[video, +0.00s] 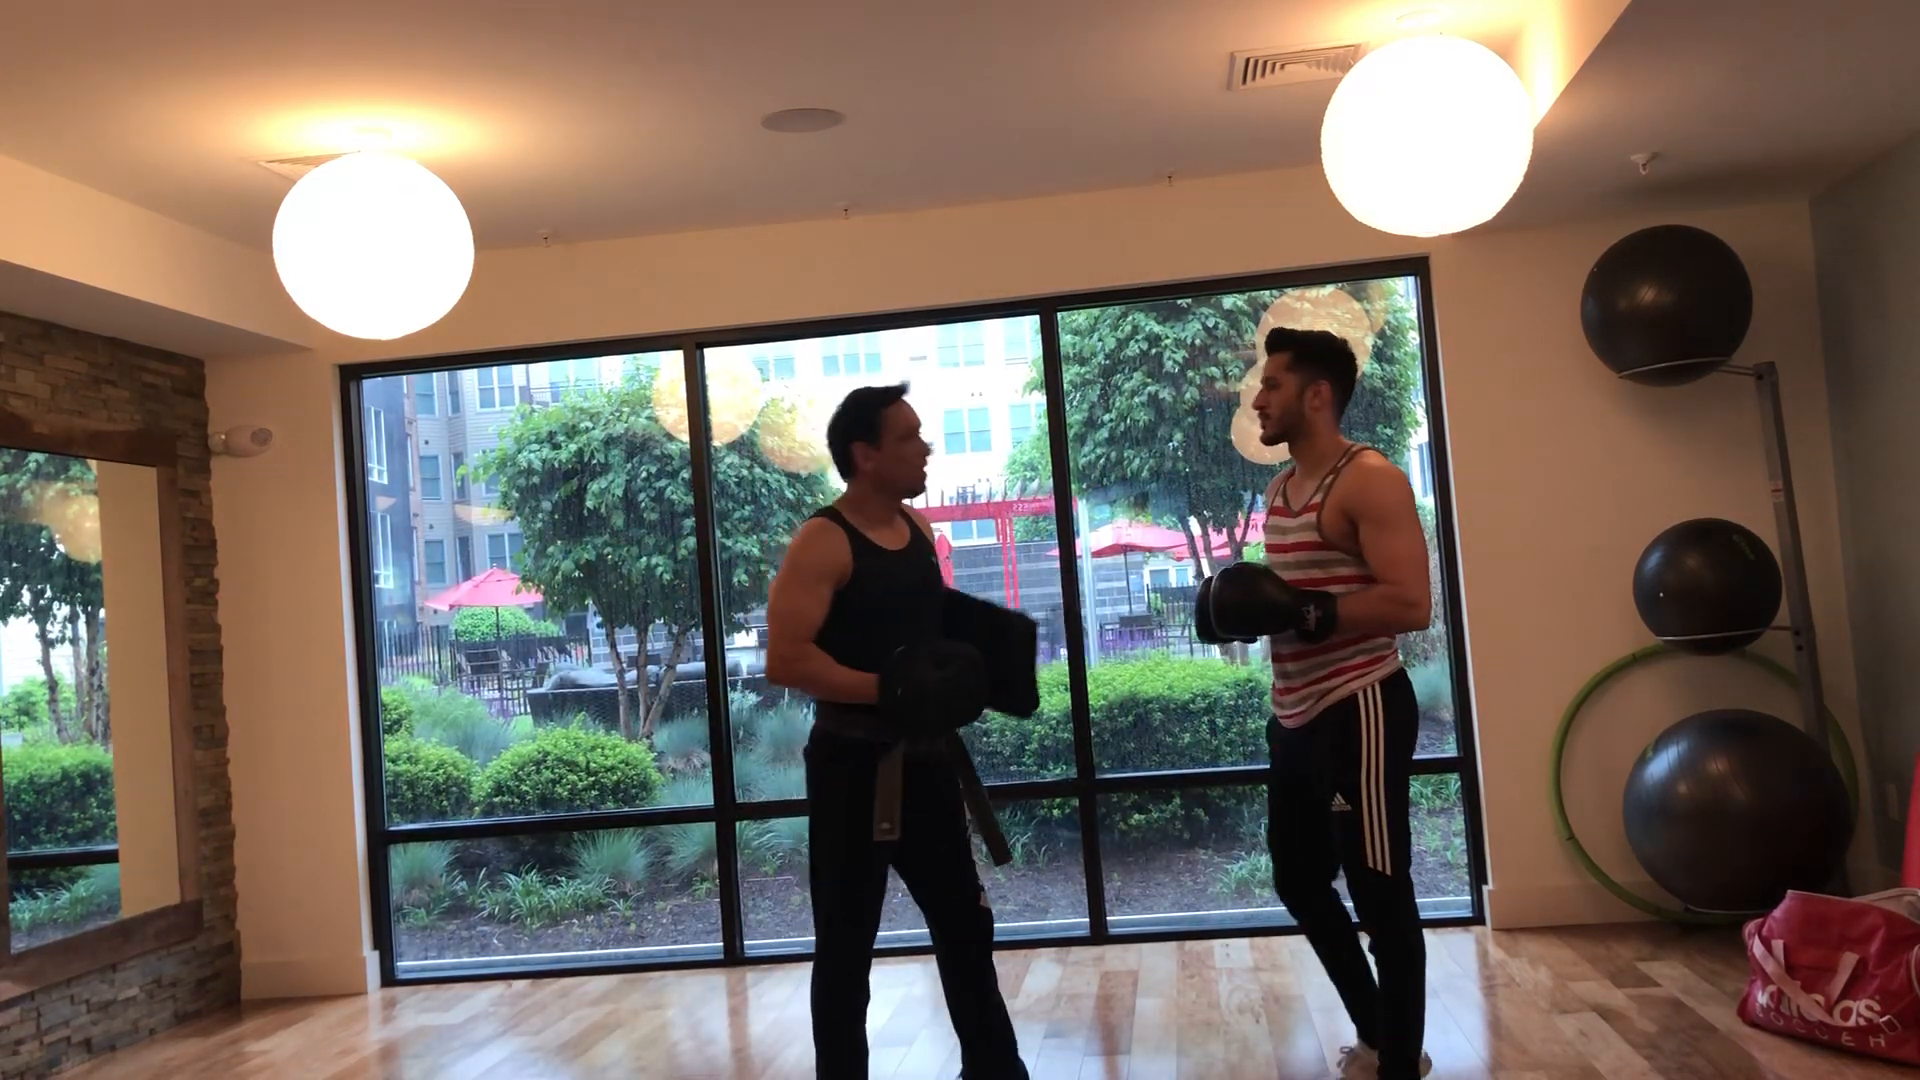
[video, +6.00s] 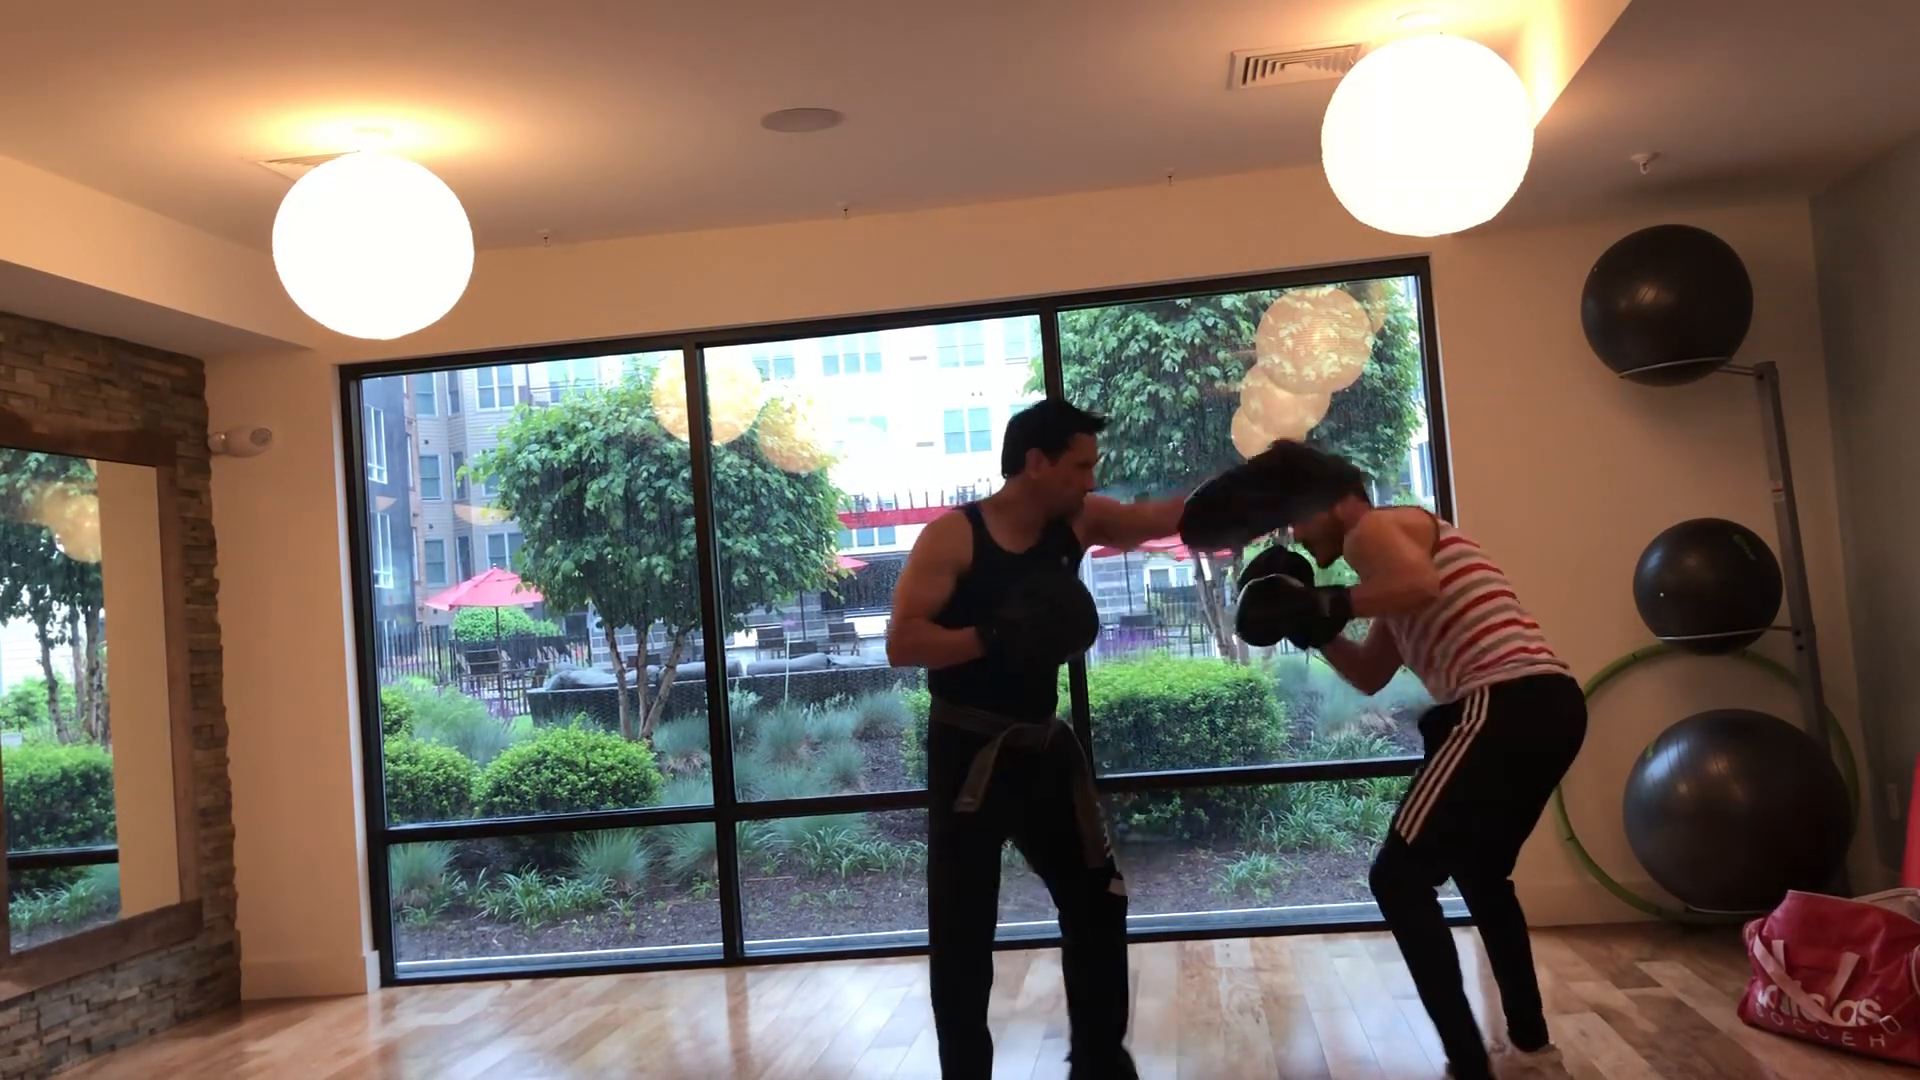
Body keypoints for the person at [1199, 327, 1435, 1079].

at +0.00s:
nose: (1256, 397)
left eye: (1271, 383)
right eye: (1259, 383)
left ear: (1319, 392)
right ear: (1302, 394)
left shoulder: (1371, 479)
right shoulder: (1282, 489)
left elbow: (1413, 603)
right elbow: (1306, 592)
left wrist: (1301, 611)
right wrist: (1243, 603)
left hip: (1365, 699)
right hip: (1299, 707)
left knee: (1380, 887)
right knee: (1300, 882)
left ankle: (1403, 1062)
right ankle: (1378, 1036)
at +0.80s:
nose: (1240, 433)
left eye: (1247, 416)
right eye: (1239, 418)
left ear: (1286, 412)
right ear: (1298, 415)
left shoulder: (1329, 475)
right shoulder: (1355, 469)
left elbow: (1355, 590)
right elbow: (1361, 594)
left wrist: (1270, 600)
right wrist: (1280, 611)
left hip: (1375, 700)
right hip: (1409, 692)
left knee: (1338, 894)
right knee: (1413, 873)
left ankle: (1385, 1069)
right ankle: (1453, 1047)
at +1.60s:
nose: (1236, 529)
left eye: (1239, 511)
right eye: (1231, 514)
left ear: (1283, 498)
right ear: (1292, 498)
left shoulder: (1336, 550)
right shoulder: (1371, 530)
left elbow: (1293, 689)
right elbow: (1370, 664)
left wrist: (1234, 626)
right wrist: (1267, 628)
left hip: (1465, 734)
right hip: (1491, 725)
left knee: (1374, 919)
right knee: (1427, 898)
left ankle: (1423, 1070)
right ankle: (1478, 1048)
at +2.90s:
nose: (1282, 468)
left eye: (1288, 450)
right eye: (1278, 452)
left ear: (1330, 442)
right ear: (1335, 445)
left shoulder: (1389, 495)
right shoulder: (1400, 489)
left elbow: (1372, 621)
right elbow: (1401, 612)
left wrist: (1290, 574)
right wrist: (1332, 617)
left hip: (1471, 701)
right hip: (1485, 694)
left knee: (1430, 892)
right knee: (1482, 879)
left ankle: (1450, 1072)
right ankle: (1554, 1030)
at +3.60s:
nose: (1269, 554)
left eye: (1274, 539)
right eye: (1268, 539)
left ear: (1315, 535)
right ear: (1320, 533)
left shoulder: (1414, 601)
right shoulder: (1359, 580)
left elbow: (1349, 731)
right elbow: (1383, 662)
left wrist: (1293, 646)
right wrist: (1320, 702)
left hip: (1508, 752)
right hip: (1458, 750)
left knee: (1414, 919)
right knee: (1427, 914)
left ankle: (1458, 1075)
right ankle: (1547, 1038)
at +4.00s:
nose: (1258, 495)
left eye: (1259, 476)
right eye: (1254, 480)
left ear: (1298, 462)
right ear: (1308, 463)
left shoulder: (1360, 522)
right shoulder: (1376, 509)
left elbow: (1342, 650)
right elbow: (1370, 644)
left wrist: (1260, 643)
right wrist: (1292, 654)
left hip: (1464, 723)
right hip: (1466, 717)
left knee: (1415, 910)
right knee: (1447, 893)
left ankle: (1457, 1067)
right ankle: (1493, 1044)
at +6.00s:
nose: (1295, 535)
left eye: (1296, 518)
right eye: (1290, 524)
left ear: (1337, 502)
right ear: (1353, 501)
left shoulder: (1375, 527)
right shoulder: (1417, 549)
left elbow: (1420, 583)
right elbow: (1369, 673)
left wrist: (1320, 601)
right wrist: (1308, 623)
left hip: (1502, 702)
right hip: (1552, 702)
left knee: (1398, 876)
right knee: (1481, 867)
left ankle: (1468, 1064)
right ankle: (1530, 1037)